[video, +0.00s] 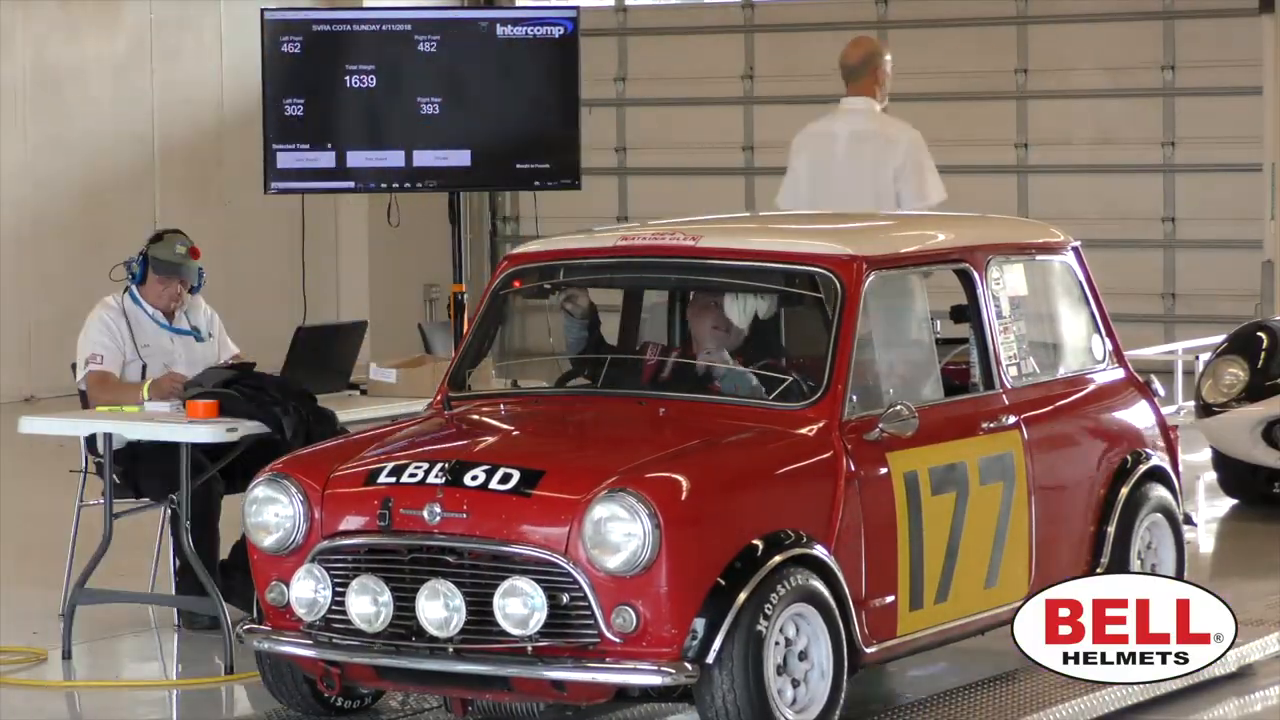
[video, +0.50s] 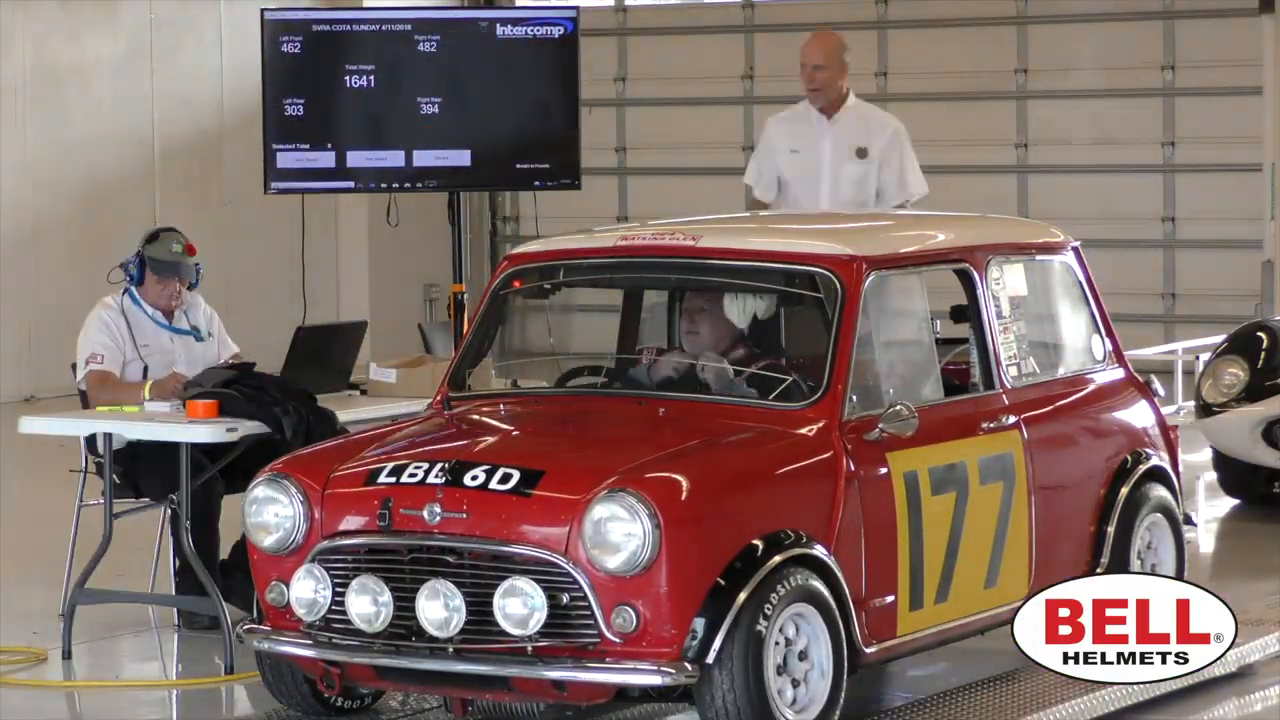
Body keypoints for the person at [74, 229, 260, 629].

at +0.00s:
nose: (175, 291)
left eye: (184, 283)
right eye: (165, 280)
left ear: (192, 282)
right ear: (141, 273)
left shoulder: (201, 312)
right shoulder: (110, 316)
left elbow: (235, 364)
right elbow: (98, 391)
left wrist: (249, 381)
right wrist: (149, 390)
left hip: (207, 444)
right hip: (140, 448)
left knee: (294, 467)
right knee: (201, 482)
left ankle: (240, 578)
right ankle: (197, 603)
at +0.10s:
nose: (174, 290)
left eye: (182, 282)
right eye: (163, 280)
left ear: (191, 280)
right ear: (139, 274)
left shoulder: (201, 313)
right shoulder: (109, 317)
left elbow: (235, 364)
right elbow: (98, 392)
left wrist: (253, 381)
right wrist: (150, 389)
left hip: (206, 444)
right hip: (139, 447)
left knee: (295, 467)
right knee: (201, 482)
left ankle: (241, 577)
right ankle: (197, 603)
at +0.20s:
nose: (187, 282)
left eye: (190, 273)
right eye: (178, 274)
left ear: (194, 272)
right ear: (145, 273)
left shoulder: (198, 309)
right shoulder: (110, 317)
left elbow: (235, 361)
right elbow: (98, 391)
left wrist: (240, 373)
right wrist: (151, 389)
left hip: (204, 443)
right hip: (138, 448)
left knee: (295, 468)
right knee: (201, 483)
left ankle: (240, 578)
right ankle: (196, 602)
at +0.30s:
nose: (187, 283)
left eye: (190, 274)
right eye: (178, 275)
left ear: (194, 273)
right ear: (145, 274)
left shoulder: (198, 309)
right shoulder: (110, 316)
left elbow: (235, 361)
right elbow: (98, 391)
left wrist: (240, 373)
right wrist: (151, 389)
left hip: (204, 443)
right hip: (138, 448)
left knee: (295, 468)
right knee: (201, 483)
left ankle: (240, 578)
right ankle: (196, 602)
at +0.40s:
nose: (182, 283)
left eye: (187, 274)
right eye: (172, 274)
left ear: (193, 273)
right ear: (142, 271)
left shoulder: (198, 310)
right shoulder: (110, 316)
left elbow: (235, 365)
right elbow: (98, 391)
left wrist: (241, 382)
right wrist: (151, 389)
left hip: (204, 442)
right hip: (138, 447)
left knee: (296, 469)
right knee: (201, 483)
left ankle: (240, 577)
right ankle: (197, 603)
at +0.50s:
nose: (176, 288)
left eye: (183, 279)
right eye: (164, 279)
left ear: (190, 277)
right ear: (139, 274)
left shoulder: (199, 311)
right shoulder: (109, 317)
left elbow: (236, 365)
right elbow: (98, 392)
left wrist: (254, 384)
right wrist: (152, 389)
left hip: (205, 443)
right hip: (138, 447)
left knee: (294, 467)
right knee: (201, 483)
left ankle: (241, 575)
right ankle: (196, 603)